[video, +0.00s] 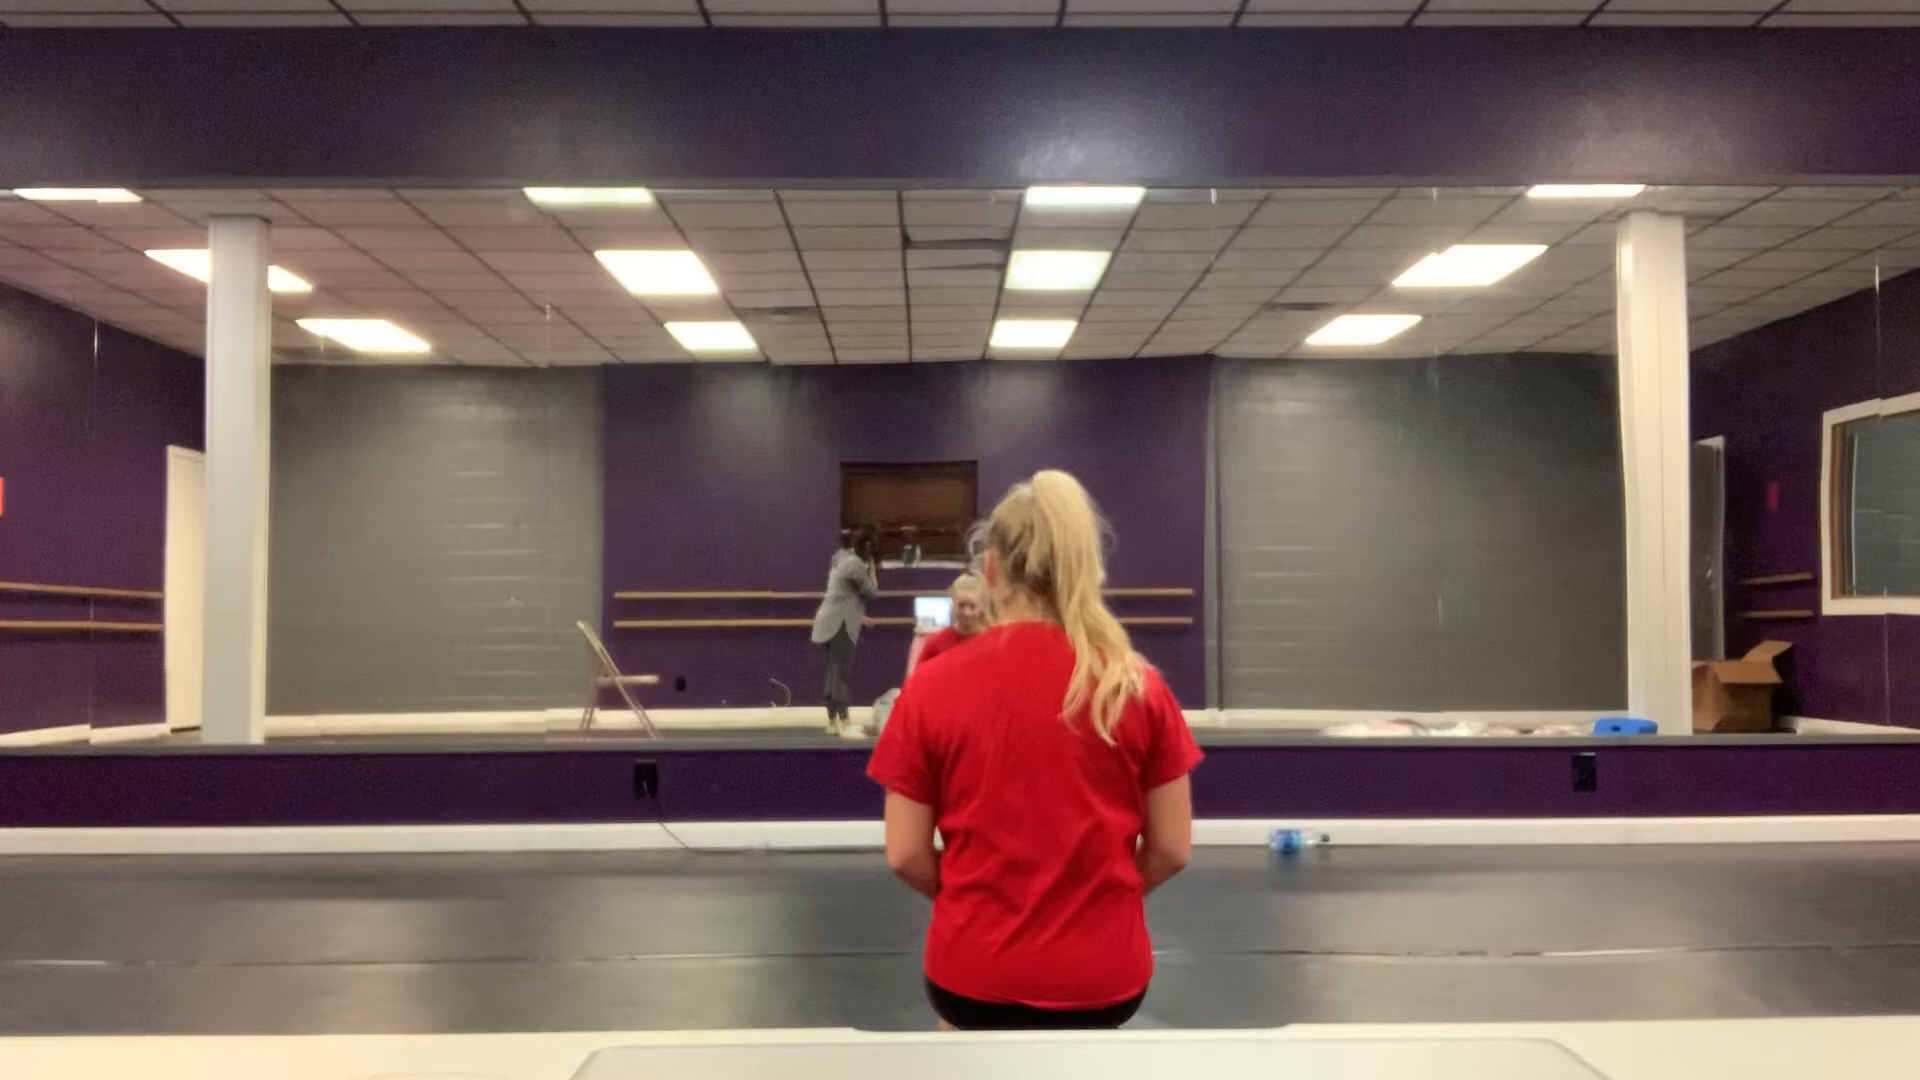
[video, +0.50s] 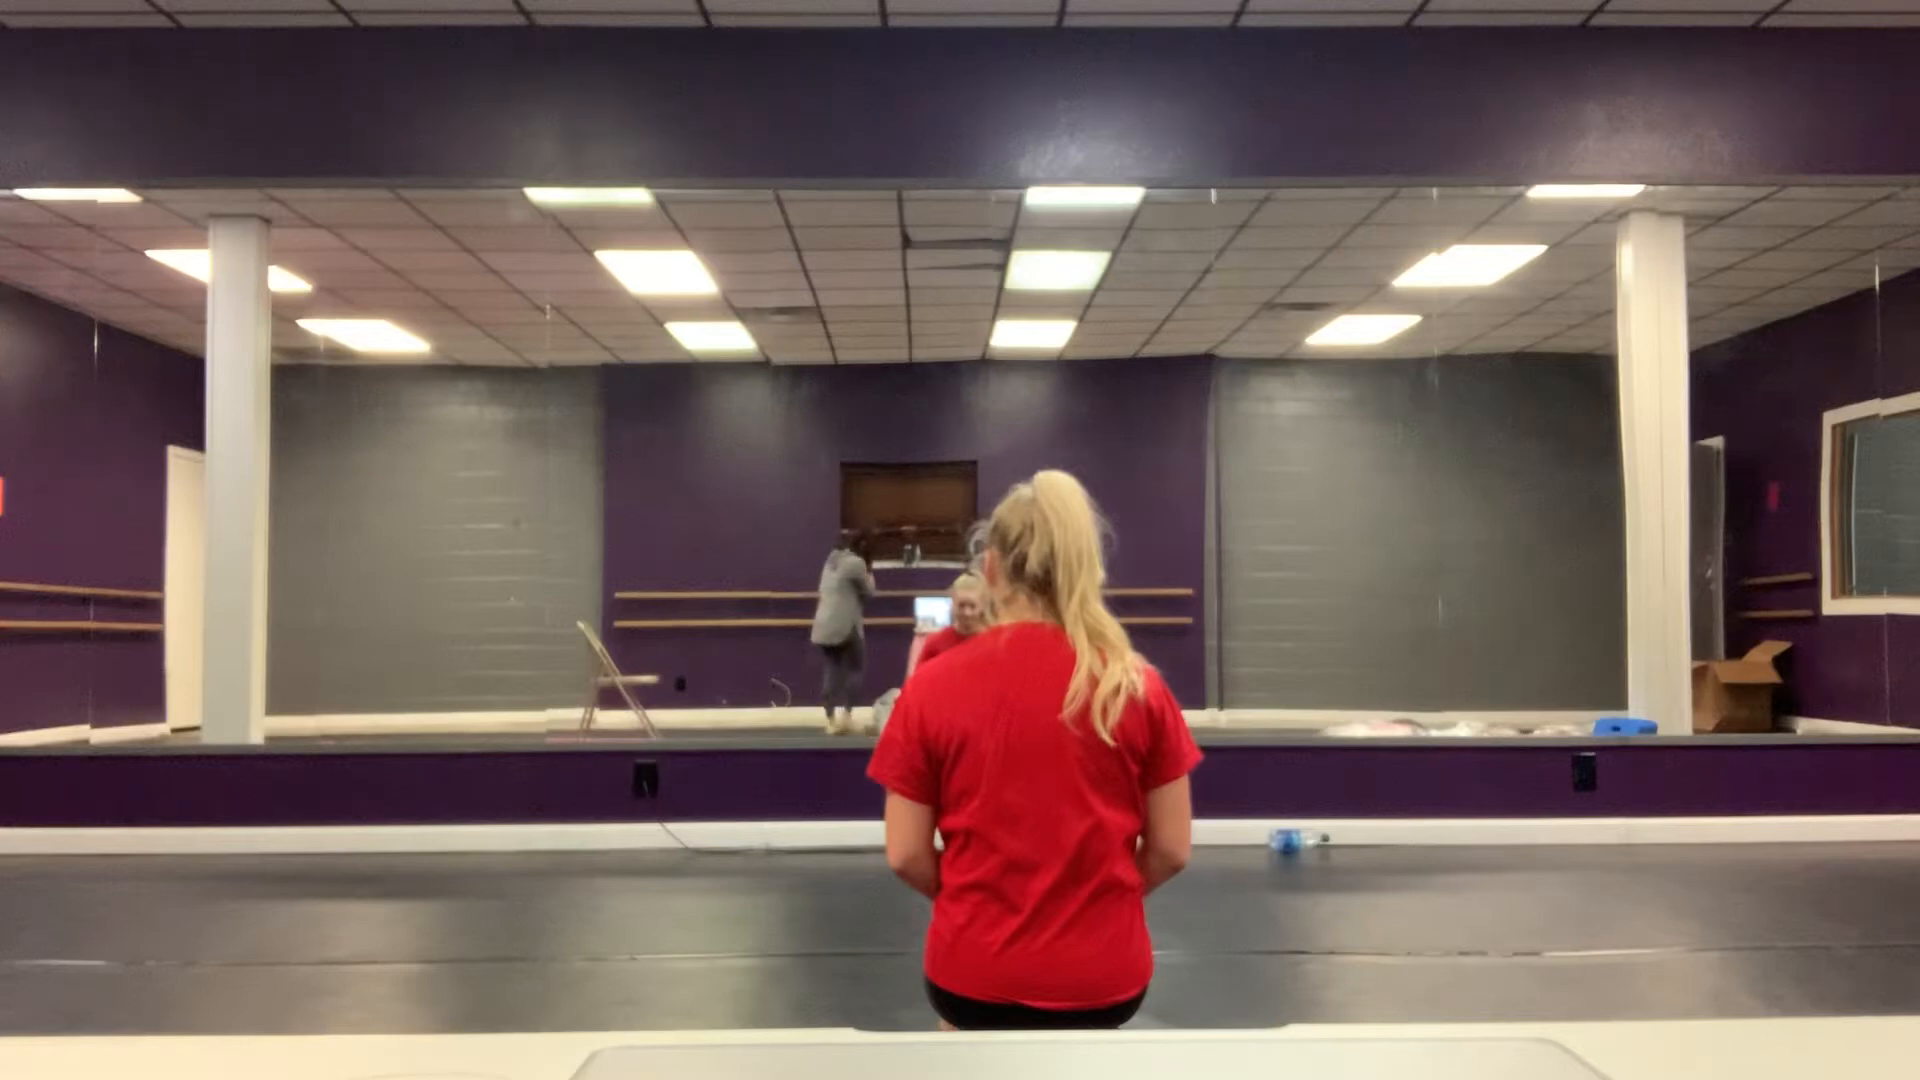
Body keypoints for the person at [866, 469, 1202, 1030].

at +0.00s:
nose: (980, 567)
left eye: (983, 555)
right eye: (982, 555)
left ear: (994, 566)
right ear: (1083, 567)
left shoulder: (937, 681)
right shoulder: (1137, 684)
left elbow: (905, 853)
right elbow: (1170, 849)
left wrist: (967, 895)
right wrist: (1102, 893)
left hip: (974, 982)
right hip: (1104, 984)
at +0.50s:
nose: (980, 568)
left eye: (982, 555)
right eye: (981, 555)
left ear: (994, 566)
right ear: (1083, 567)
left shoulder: (937, 682)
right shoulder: (1136, 684)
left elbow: (906, 853)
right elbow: (1170, 850)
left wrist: (968, 895)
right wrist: (1101, 893)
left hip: (974, 982)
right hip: (1104, 984)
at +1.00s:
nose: (980, 567)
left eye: (983, 555)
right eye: (982, 555)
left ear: (994, 566)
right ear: (1083, 567)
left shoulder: (937, 682)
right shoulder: (1136, 685)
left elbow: (906, 853)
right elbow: (1170, 850)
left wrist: (968, 895)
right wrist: (1101, 892)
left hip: (974, 982)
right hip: (1104, 984)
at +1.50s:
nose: (980, 566)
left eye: (983, 552)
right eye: (982, 552)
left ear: (996, 566)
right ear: (1082, 567)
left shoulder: (937, 682)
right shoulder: (1136, 685)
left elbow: (906, 853)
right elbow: (1169, 850)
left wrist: (969, 895)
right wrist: (1101, 893)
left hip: (973, 982)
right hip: (1104, 984)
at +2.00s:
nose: (980, 566)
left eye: (983, 553)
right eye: (982, 553)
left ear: (996, 567)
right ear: (1083, 568)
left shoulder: (937, 682)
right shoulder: (1136, 685)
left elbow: (906, 853)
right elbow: (1169, 851)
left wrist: (969, 895)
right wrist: (1102, 895)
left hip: (973, 982)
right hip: (1104, 984)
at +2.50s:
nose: (1099, 575)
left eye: (1097, 559)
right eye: (1093, 559)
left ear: (993, 565)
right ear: (1062, 568)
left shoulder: (924, 683)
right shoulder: (1121, 675)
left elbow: (897, 850)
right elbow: (1249, 777)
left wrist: (966, 893)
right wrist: (1359, 858)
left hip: (971, 976)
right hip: (1103, 978)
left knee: (960, 1034)